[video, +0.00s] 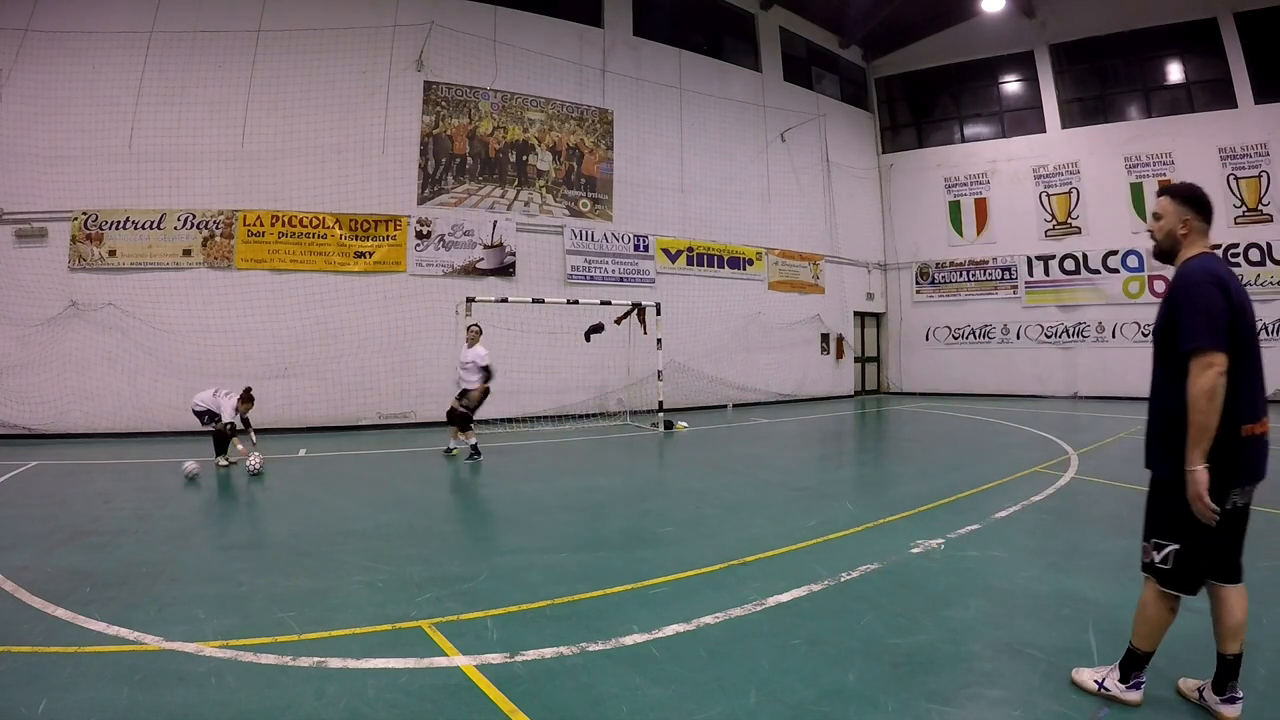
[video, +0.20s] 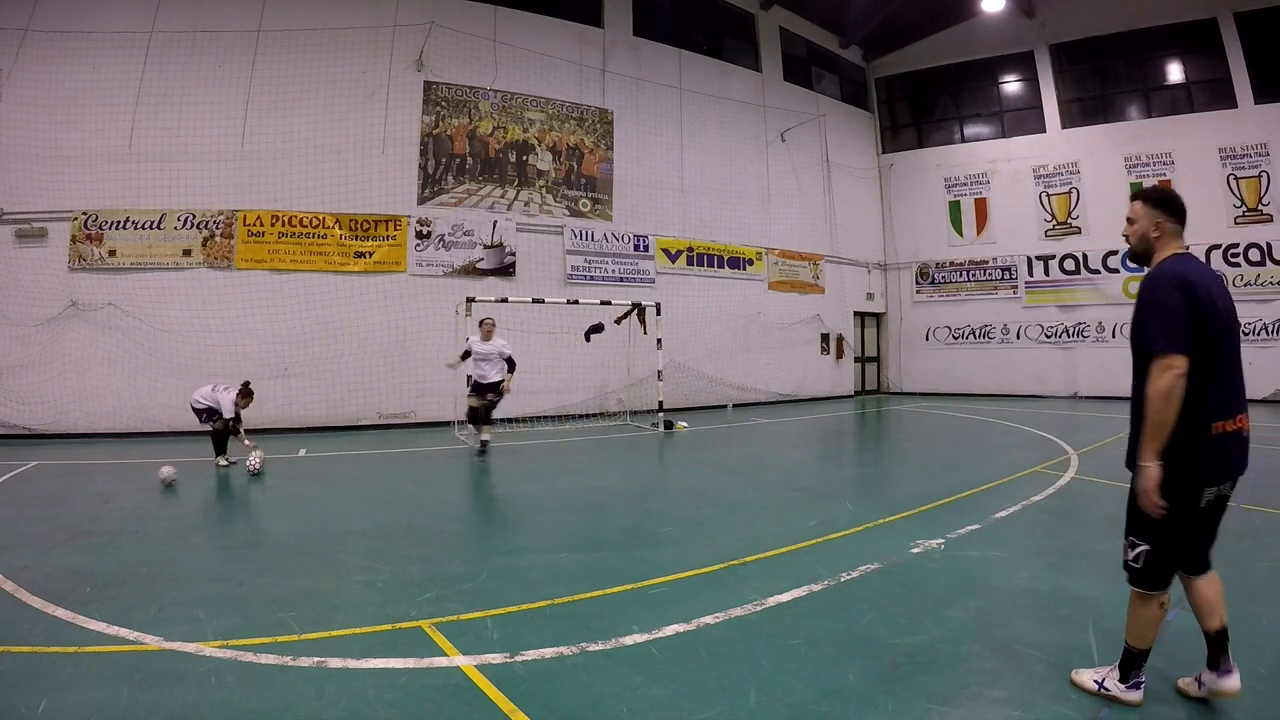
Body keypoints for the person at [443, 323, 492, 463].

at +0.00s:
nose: (473, 334)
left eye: (476, 333)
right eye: (471, 331)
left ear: (479, 336)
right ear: (467, 333)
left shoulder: (481, 352)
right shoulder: (465, 347)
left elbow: (488, 373)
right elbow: (466, 367)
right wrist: (461, 380)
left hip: (476, 389)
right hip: (465, 387)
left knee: (462, 417)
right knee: (452, 414)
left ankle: (475, 450)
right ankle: (452, 446)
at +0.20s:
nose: (488, 327)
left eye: (491, 325)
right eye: (486, 325)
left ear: (494, 329)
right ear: (480, 327)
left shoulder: (500, 345)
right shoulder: (473, 341)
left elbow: (512, 363)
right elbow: (467, 352)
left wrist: (507, 381)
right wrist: (457, 362)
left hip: (495, 383)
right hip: (478, 382)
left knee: (485, 411)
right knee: (472, 414)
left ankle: (485, 441)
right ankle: (482, 435)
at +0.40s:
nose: (508, 334)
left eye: (511, 332)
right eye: (505, 331)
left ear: (513, 336)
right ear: (500, 334)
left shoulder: (518, 353)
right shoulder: (491, 350)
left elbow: (523, 373)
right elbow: (483, 368)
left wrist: (521, 387)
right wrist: (487, 384)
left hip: (514, 390)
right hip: (495, 389)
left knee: (520, 420)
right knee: (490, 420)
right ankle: (487, 446)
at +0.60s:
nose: (524, 326)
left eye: (526, 324)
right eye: (521, 324)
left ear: (529, 328)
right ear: (515, 328)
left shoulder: (535, 342)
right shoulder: (508, 344)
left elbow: (543, 360)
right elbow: (500, 362)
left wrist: (546, 380)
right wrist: (507, 379)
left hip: (534, 382)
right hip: (516, 382)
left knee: (535, 412)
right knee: (513, 413)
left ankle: (543, 438)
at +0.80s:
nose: (539, 337)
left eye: (541, 334)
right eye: (536, 334)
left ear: (544, 337)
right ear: (530, 337)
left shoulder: (550, 352)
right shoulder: (522, 353)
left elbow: (558, 369)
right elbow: (514, 367)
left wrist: (561, 388)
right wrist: (513, 387)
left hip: (549, 387)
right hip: (530, 388)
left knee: (557, 414)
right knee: (530, 416)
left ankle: (569, 436)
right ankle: (527, 446)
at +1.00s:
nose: (562, 341)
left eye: (564, 339)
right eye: (559, 339)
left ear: (567, 341)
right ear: (554, 342)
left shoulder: (574, 354)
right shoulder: (546, 355)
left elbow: (583, 370)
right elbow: (535, 367)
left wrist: (584, 389)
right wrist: (529, 385)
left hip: (572, 387)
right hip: (553, 387)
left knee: (577, 415)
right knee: (547, 416)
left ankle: (586, 442)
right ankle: (534, 444)